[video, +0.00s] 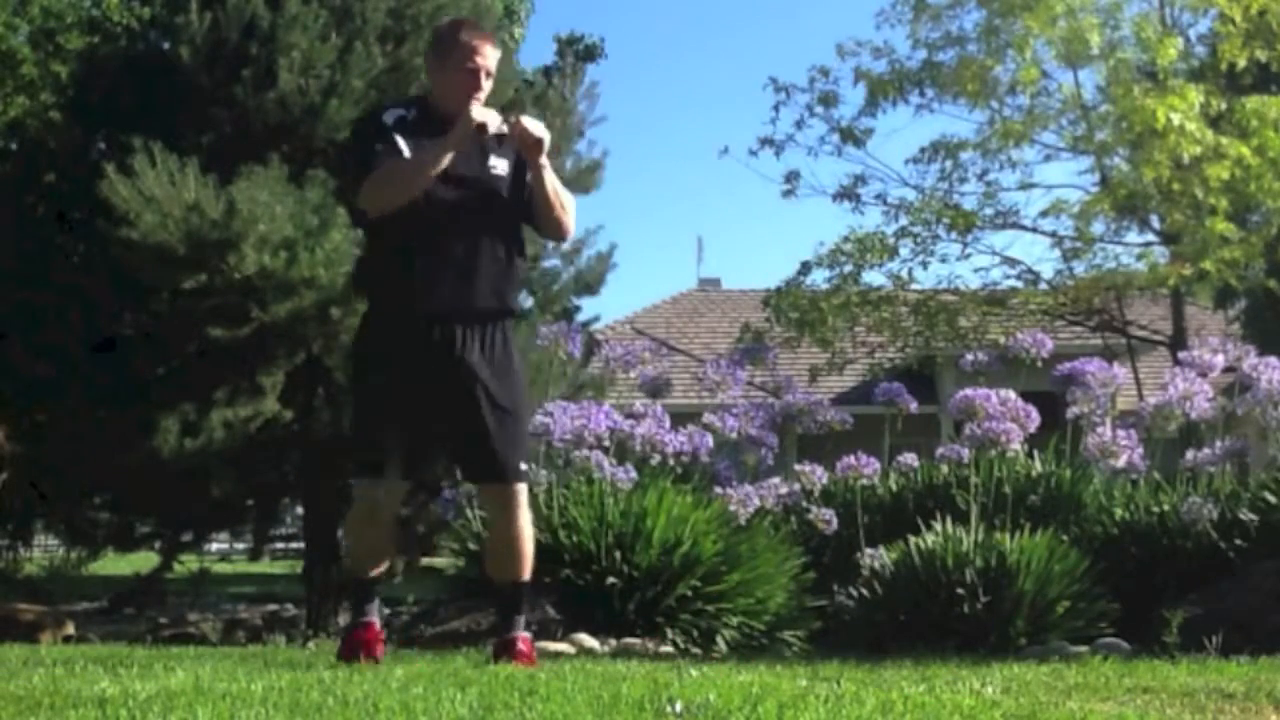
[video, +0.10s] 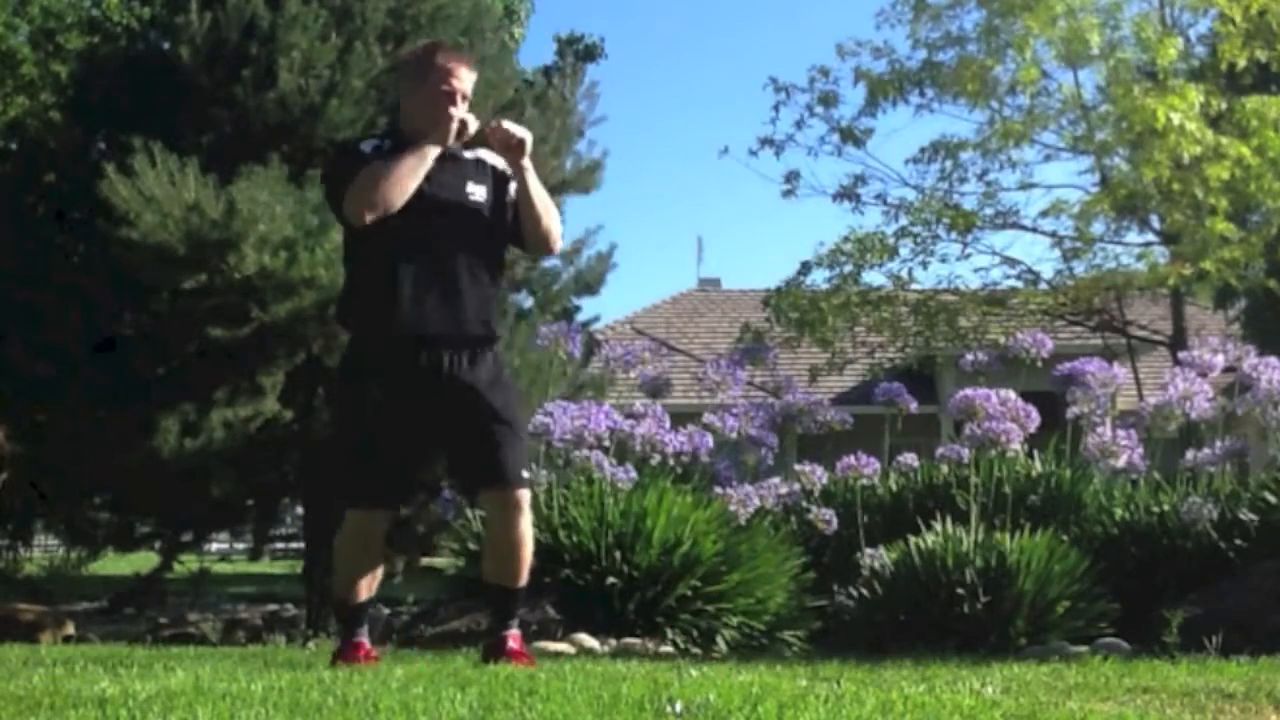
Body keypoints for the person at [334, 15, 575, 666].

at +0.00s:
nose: (476, 81)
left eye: (486, 74)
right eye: (466, 68)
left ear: (496, 82)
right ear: (432, 64)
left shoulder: (511, 144)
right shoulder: (390, 127)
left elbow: (561, 228)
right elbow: (372, 200)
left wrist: (537, 161)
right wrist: (453, 139)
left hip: (487, 334)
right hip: (401, 332)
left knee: (507, 488)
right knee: (380, 490)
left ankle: (513, 633)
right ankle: (364, 620)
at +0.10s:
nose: (456, 102)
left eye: (465, 95)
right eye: (444, 89)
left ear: (472, 107)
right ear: (404, 91)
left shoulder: (494, 173)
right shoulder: (363, 156)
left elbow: (548, 240)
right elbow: (365, 208)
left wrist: (523, 164)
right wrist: (440, 141)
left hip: (475, 360)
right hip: (386, 359)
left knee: (511, 493)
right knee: (371, 504)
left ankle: (505, 634)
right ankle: (353, 638)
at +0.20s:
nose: (445, 105)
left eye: (454, 97)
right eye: (433, 92)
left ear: (461, 107)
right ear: (394, 93)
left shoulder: (484, 172)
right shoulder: (354, 162)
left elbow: (540, 237)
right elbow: (364, 213)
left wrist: (513, 158)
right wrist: (430, 141)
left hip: (470, 368)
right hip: (382, 369)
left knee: (508, 494)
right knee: (366, 515)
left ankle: (498, 632)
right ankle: (352, 642)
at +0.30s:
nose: (450, 77)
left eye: (459, 70)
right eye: (438, 64)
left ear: (466, 80)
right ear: (399, 65)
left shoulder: (485, 142)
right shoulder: (359, 130)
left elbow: (540, 215)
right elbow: (360, 195)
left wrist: (515, 139)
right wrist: (433, 124)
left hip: (473, 335)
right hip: (385, 336)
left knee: (497, 480)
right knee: (366, 494)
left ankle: (489, 626)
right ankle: (352, 634)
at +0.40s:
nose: (457, 69)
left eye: (466, 61)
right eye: (445, 56)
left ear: (473, 70)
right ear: (405, 57)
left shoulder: (493, 131)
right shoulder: (366, 120)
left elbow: (546, 210)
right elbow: (350, 185)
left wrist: (522, 141)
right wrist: (431, 119)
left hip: (474, 322)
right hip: (388, 322)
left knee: (492, 475)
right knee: (365, 482)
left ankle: (492, 626)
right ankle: (358, 628)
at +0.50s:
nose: (462, 87)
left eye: (472, 80)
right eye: (451, 72)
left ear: (478, 92)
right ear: (412, 70)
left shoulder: (501, 156)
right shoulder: (373, 141)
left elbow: (560, 225)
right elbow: (355, 190)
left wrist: (532, 149)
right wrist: (427, 127)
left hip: (481, 348)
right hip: (392, 345)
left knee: (500, 497)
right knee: (369, 502)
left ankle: (498, 635)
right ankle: (372, 633)